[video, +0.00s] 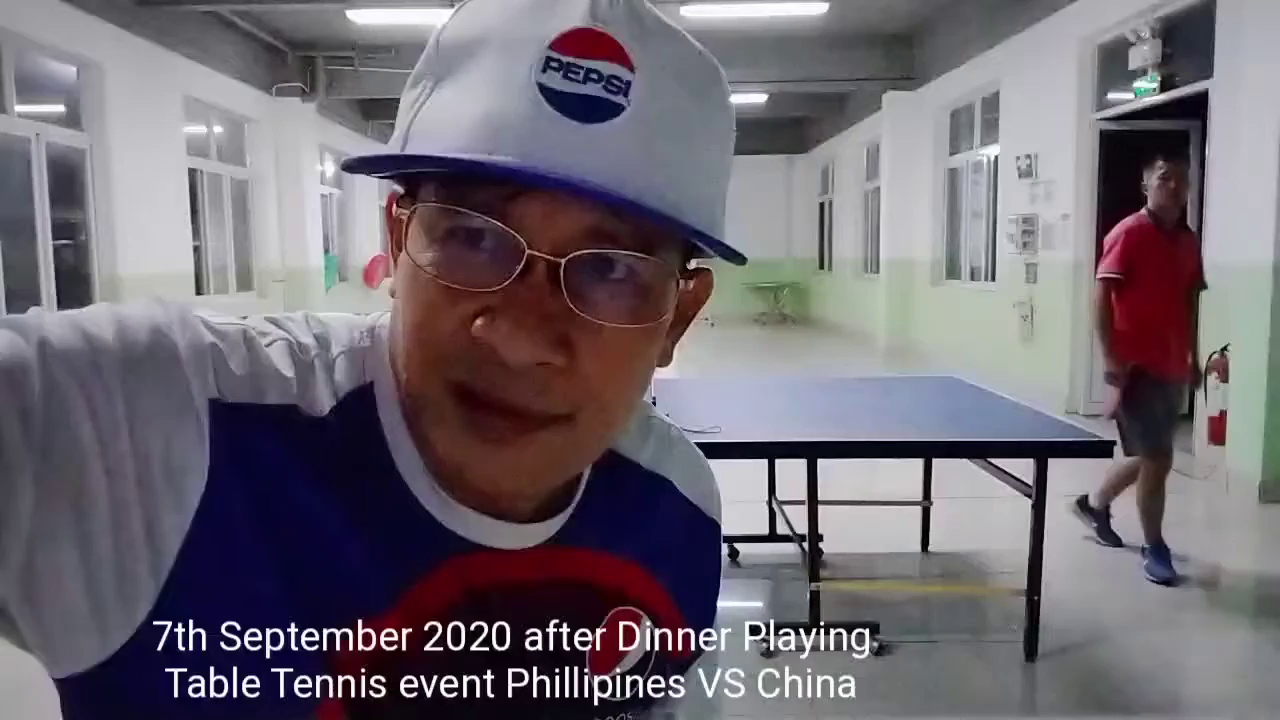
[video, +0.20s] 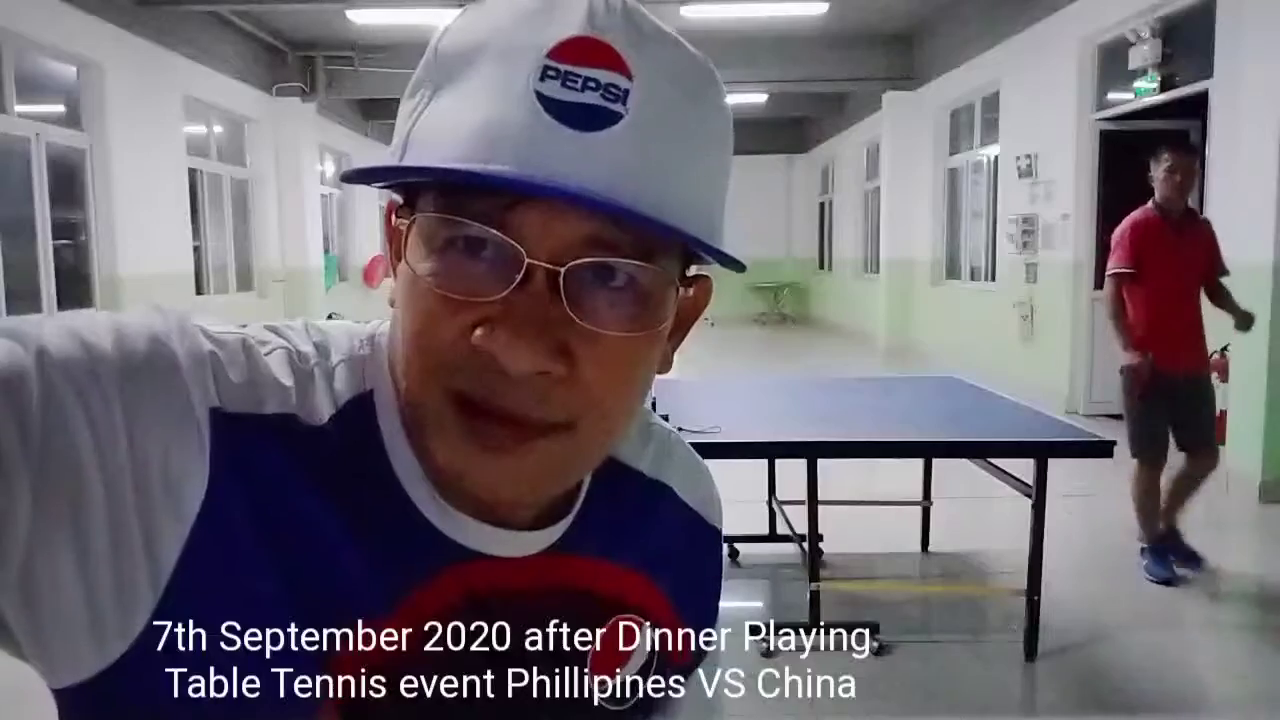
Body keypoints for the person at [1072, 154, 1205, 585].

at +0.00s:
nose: (1172, 186)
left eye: (1178, 180)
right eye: (1164, 178)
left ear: (1186, 188)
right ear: (1146, 186)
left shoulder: (1188, 241)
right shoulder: (1128, 233)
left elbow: (1190, 303)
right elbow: (1102, 295)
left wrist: (1193, 357)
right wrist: (1108, 357)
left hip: (1173, 363)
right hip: (1134, 362)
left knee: (1151, 454)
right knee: (1155, 457)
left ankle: (1094, 503)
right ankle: (1155, 549)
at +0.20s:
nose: (1177, 178)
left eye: (1185, 172)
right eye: (1169, 171)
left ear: (1194, 178)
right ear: (1153, 176)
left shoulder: (1201, 229)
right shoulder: (1133, 228)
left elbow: (1212, 282)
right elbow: (1113, 295)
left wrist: (1235, 310)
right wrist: (1126, 349)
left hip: (1191, 365)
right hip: (1145, 364)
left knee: (1204, 457)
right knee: (1150, 461)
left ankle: (1165, 525)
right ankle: (1151, 547)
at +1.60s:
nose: (1279, 168)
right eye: (1273, 159)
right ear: (1262, 165)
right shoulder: (1234, 224)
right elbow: (1192, 291)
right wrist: (1182, 359)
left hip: (1276, 390)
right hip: (1227, 382)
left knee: (1275, 500)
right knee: (1216, 481)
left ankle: (1246, 588)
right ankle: (1199, 590)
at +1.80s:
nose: (1273, 165)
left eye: (1279, 157)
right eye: (1266, 157)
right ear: (1253, 164)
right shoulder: (1227, 224)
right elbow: (1187, 291)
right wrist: (1169, 355)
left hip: (1272, 391)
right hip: (1220, 386)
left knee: (1264, 496)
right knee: (1209, 493)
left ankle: (1246, 589)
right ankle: (1200, 605)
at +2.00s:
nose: (1250, 167)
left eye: (1261, 157)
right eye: (1243, 157)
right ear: (1234, 163)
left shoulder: (1278, 227)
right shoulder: (1206, 226)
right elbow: (1169, 296)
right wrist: (1158, 368)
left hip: (1266, 393)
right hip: (1206, 388)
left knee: (1259, 500)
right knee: (1195, 499)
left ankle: (1247, 587)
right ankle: (1197, 610)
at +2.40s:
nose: (1196, 173)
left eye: (1208, 163)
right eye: (1191, 162)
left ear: (1240, 166)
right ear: (1186, 165)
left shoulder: (1268, 232)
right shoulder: (1164, 228)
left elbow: (1278, 306)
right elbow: (1127, 286)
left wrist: (1266, 346)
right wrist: (1112, 337)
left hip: (1232, 398)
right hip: (1164, 395)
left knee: (1254, 522)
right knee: (1174, 509)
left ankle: (1243, 580)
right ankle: (1195, 612)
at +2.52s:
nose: (1186, 174)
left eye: (1199, 164)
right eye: (1181, 163)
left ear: (1231, 167)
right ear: (1176, 167)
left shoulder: (1264, 233)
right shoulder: (1157, 231)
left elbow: (1277, 307)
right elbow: (1121, 290)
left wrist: (1249, 332)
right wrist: (1097, 338)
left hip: (1224, 401)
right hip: (1158, 396)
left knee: (1247, 520)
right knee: (1169, 510)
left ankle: (1252, 604)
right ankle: (1194, 613)